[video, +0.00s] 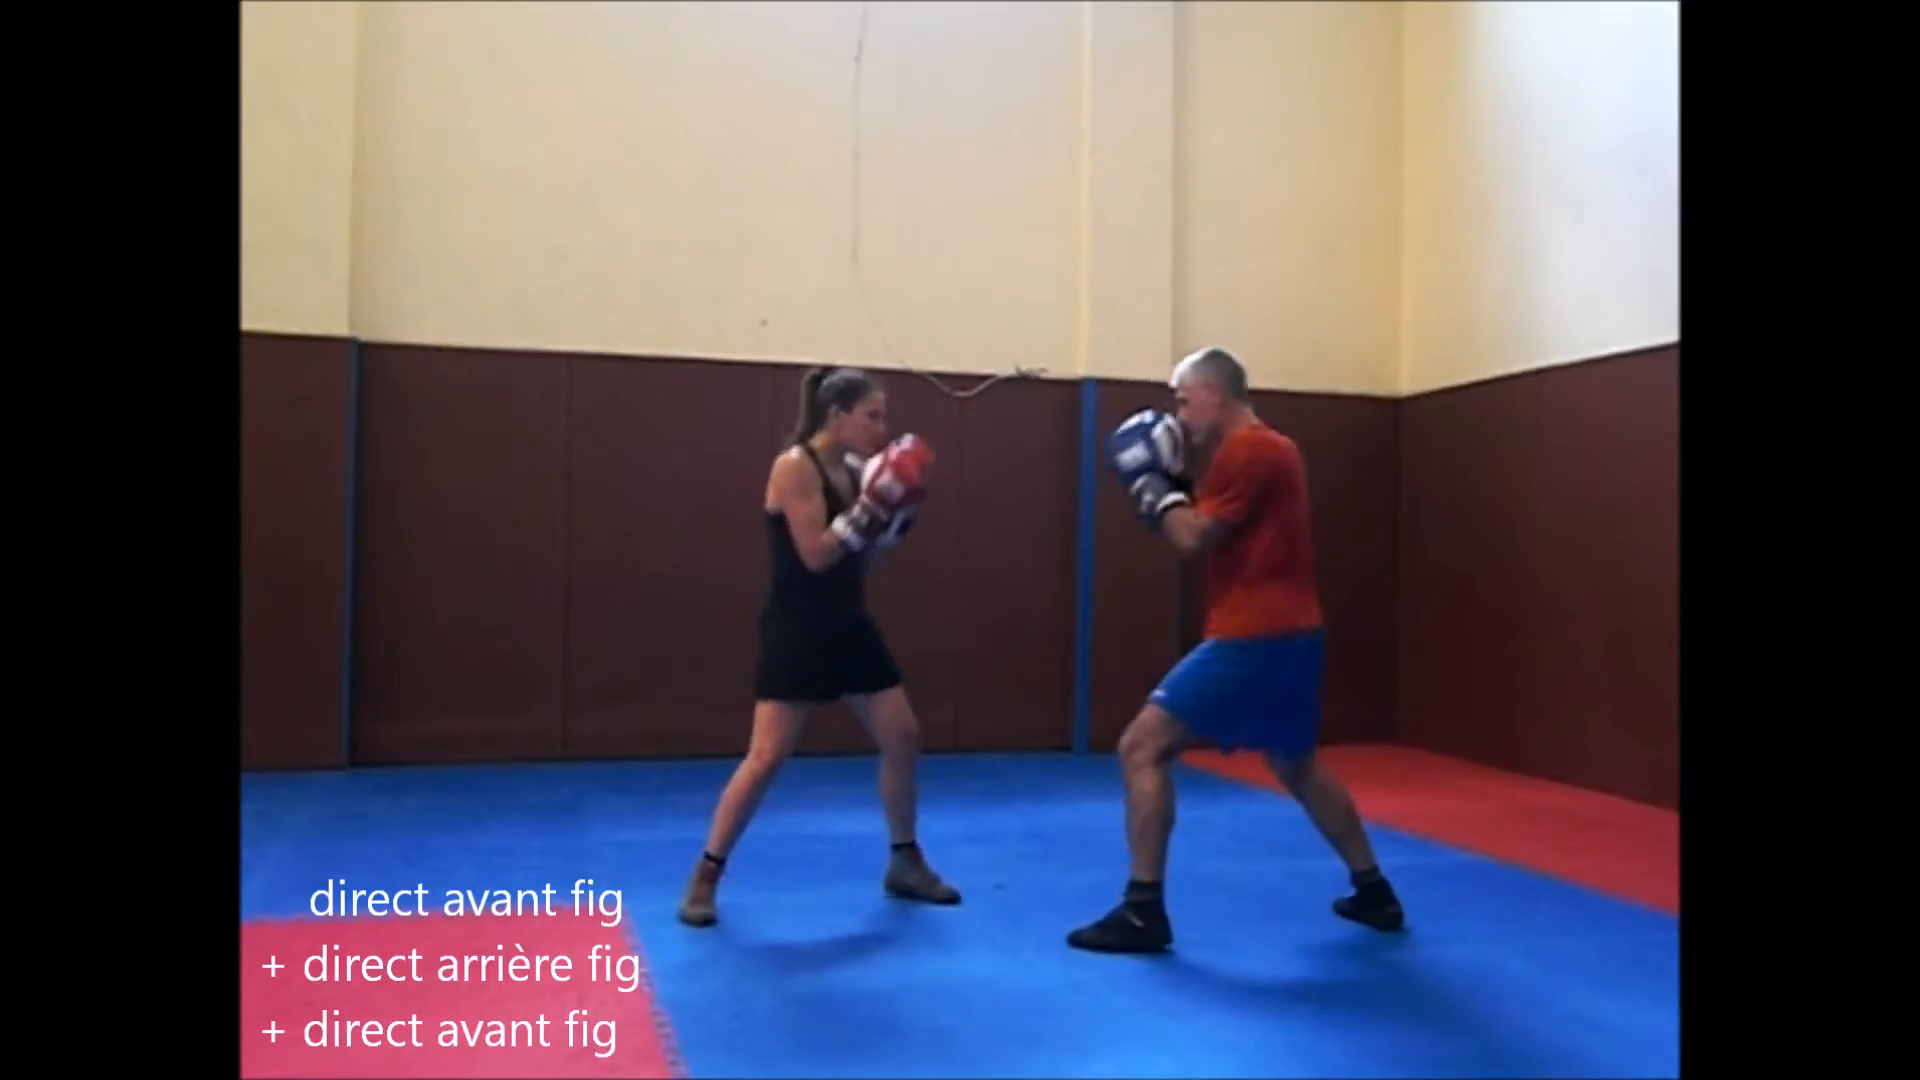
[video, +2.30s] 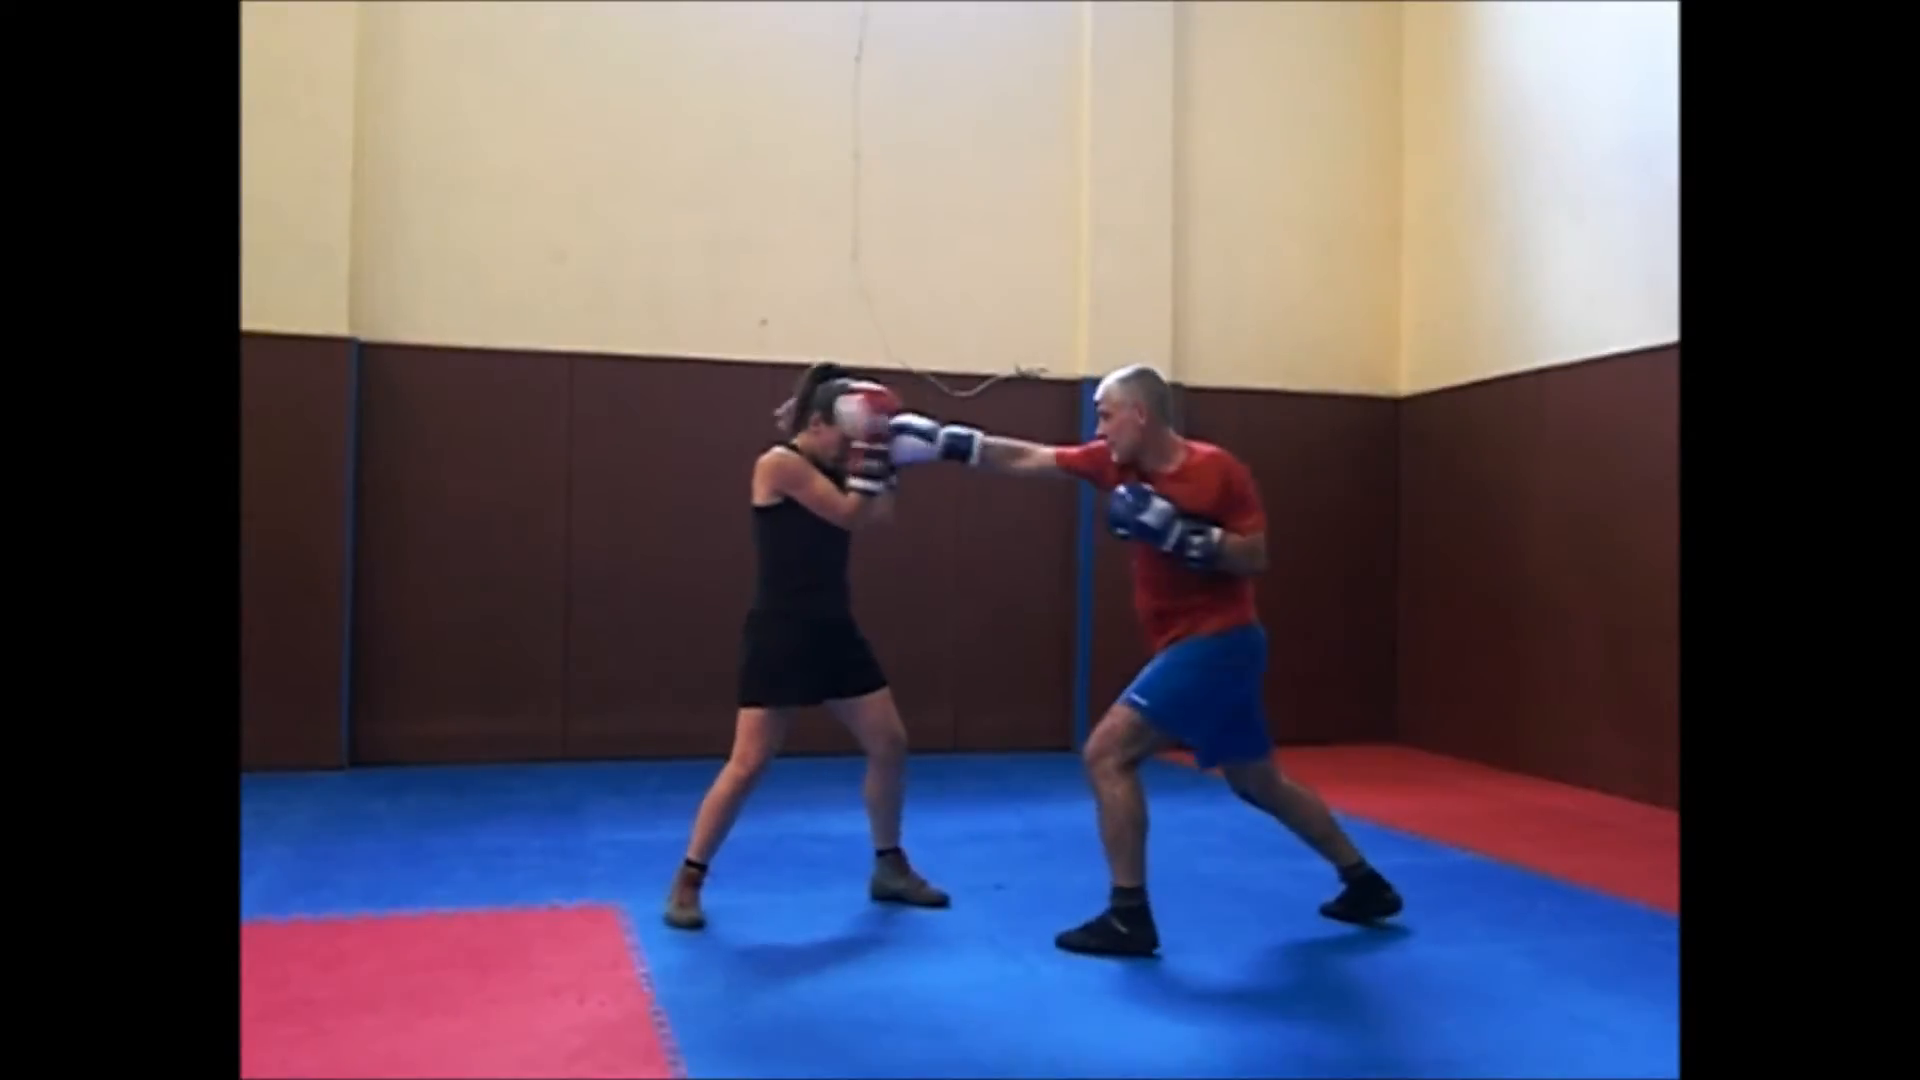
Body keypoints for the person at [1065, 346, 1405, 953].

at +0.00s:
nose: (1179, 414)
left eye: (1185, 400)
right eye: (1177, 402)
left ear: (1221, 397)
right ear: (1226, 399)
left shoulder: (1247, 452)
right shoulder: (1269, 448)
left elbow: (1190, 535)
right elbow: (1206, 522)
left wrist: (1149, 479)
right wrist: (1177, 469)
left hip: (1248, 639)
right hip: (1292, 637)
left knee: (1141, 748)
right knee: (1301, 768)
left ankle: (1143, 911)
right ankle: (1375, 893)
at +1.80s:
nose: (1182, 408)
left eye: (1187, 393)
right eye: (1180, 395)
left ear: (1219, 389)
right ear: (1239, 390)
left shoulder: (1216, 439)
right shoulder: (1295, 437)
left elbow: (1203, 517)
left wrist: (1151, 485)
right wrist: (1181, 472)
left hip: (1222, 621)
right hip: (1291, 625)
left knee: (1112, 730)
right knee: (1297, 759)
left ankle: (1121, 881)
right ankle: (1357, 892)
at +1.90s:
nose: (1159, 411)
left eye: (1163, 400)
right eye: (1158, 401)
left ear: (1192, 394)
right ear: (1214, 394)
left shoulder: (1176, 439)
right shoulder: (1280, 440)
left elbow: (1110, 479)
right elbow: (1290, 513)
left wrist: (1043, 460)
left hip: (1198, 629)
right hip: (1274, 630)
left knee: (1108, 746)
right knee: (1301, 760)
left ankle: (1120, 896)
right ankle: (1357, 893)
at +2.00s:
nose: (1132, 424)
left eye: (1137, 412)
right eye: (1132, 413)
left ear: (1167, 409)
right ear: (1190, 407)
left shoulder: (1142, 456)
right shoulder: (1258, 452)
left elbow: (1053, 469)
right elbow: (1281, 535)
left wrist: (966, 453)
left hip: (1190, 647)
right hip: (1270, 646)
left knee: (1093, 752)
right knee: (1290, 767)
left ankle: (1121, 901)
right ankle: (1355, 894)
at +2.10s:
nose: (1108, 419)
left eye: (1114, 406)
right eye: (1106, 406)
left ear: (1143, 403)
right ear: (1165, 405)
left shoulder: (1140, 454)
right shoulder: (1230, 449)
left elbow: (1075, 524)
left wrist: (1022, 489)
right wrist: (1057, 488)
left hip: (1192, 643)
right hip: (1260, 638)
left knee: (1089, 753)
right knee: (1271, 769)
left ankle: (1123, 907)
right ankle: (1353, 893)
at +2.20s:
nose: (1094, 419)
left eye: (1103, 405)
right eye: (1093, 407)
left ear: (1140, 406)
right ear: (1129, 408)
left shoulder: (1195, 460)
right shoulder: (1140, 466)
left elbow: (1205, 555)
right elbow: (1120, 490)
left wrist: (1123, 525)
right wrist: (1072, 463)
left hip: (1206, 638)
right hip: (1227, 636)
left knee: (1101, 754)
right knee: (1256, 772)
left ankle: (1128, 914)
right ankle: (1355, 885)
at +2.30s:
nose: (1100, 429)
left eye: (1108, 417)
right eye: (1100, 418)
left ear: (1146, 417)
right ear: (1133, 417)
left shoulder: (1217, 470)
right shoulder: (1118, 463)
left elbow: (1254, 555)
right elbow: (1024, 458)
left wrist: (1176, 531)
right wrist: (947, 440)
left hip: (1217, 643)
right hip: (1193, 648)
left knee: (1107, 754)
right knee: (1259, 781)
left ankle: (1130, 918)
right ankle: (1365, 884)